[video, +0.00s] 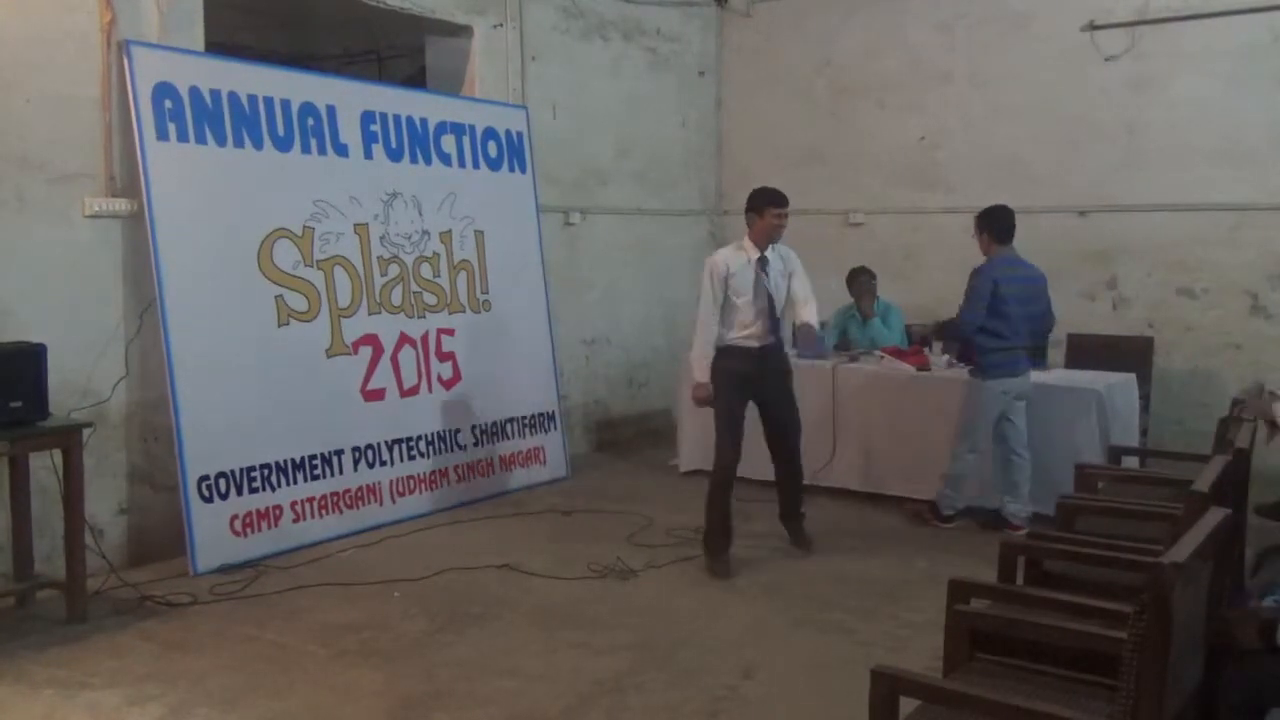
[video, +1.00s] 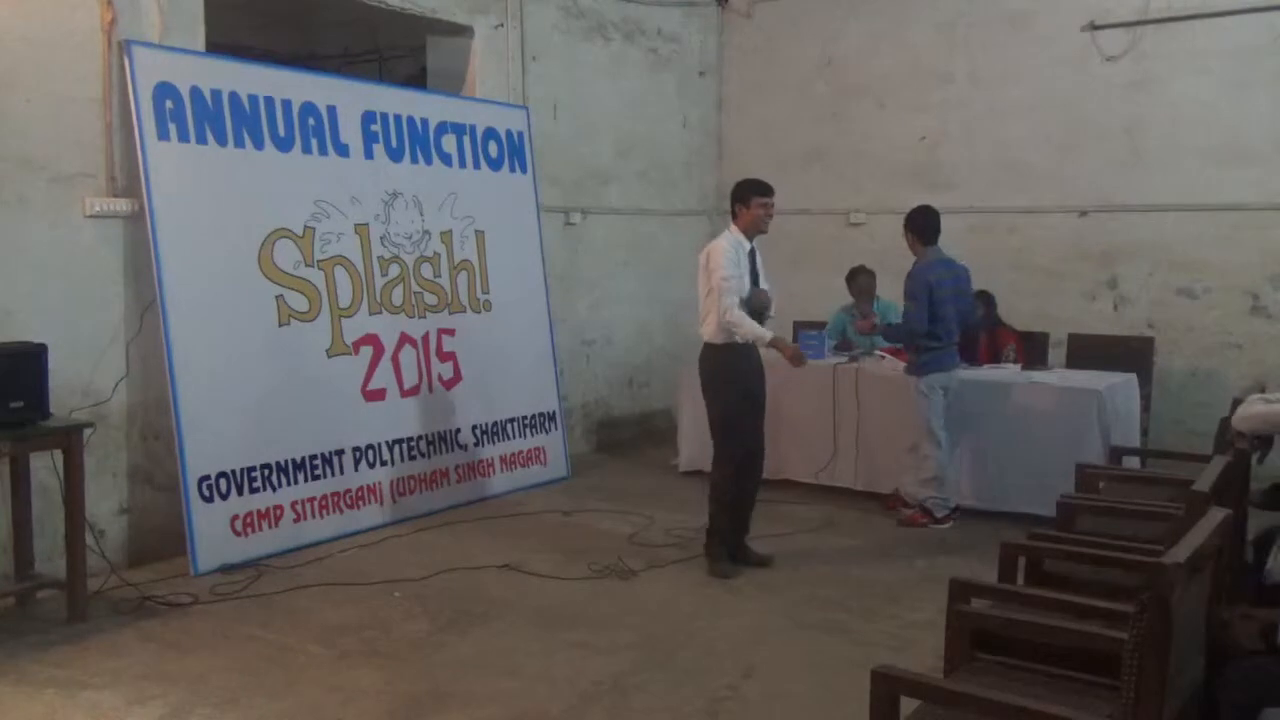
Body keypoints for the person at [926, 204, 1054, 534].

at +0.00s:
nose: (976, 240)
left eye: (977, 234)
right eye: (977, 233)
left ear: (985, 236)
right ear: (1010, 233)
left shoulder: (986, 274)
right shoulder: (1033, 274)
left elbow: (967, 324)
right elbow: (1046, 322)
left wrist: (940, 331)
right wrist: (1025, 350)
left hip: (990, 377)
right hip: (1021, 374)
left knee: (969, 444)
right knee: (1017, 451)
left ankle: (946, 507)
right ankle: (1017, 516)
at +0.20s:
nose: (959, 242)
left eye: (960, 236)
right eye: (960, 236)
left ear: (968, 237)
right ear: (992, 235)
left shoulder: (965, 277)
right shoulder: (1015, 274)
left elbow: (940, 325)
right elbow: (1028, 323)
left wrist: (909, 320)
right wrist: (995, 321)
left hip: (969, 376)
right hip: (1000, 373)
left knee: (952, 445)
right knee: (1002, 447)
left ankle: (939, 509)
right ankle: (1015, 513)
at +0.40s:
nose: (940, 240)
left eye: (940, 235)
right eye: (941, 234)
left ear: (945, 237)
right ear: (973, 233)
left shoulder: (944, 277)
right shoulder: (995, 273)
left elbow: (923, 329)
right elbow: (1008, 323)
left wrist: (894, 314)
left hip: (950, 374)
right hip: (979, 370)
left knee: (945, 443)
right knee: (980, 437)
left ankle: (939, 508)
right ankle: (1008, 505)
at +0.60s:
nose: (925, 240)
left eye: (925, 234)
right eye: (926, 234)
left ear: (930, 236)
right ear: (957, 234)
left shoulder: (930, 278)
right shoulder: (980, 271)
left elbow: (918, 329)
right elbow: (993, 317)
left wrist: (883, 322)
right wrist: (965, 333)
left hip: (941, 370)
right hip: (969, 366)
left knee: (941, 439)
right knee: (957, 429)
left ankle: (939, 507)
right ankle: (986, 495)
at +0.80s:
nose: (913, 239)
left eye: (913, 234)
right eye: (914, 234)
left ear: (917, 236)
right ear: (945, 232)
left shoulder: (922, 276)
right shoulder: (966, 269)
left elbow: (916, 329)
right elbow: (987, 314)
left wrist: (883, 327)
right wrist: (957, 328)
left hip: (934, 370)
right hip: (961, 366)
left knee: (936, 441)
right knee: (945, 437)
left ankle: (938, 508)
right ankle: (947, 501)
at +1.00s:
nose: (905, 240)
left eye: (906, 234)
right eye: (906, 234)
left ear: (911, 236)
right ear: (936, 233)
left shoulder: (919, 274)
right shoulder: (959, 270)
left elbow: (914, 329)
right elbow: (968, 317)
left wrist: (877, 329)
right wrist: (940, 333)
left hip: (927, 366)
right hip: (951, 363)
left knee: (931, 437)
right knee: (934, 434)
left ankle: (938, 505)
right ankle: (915, 493)